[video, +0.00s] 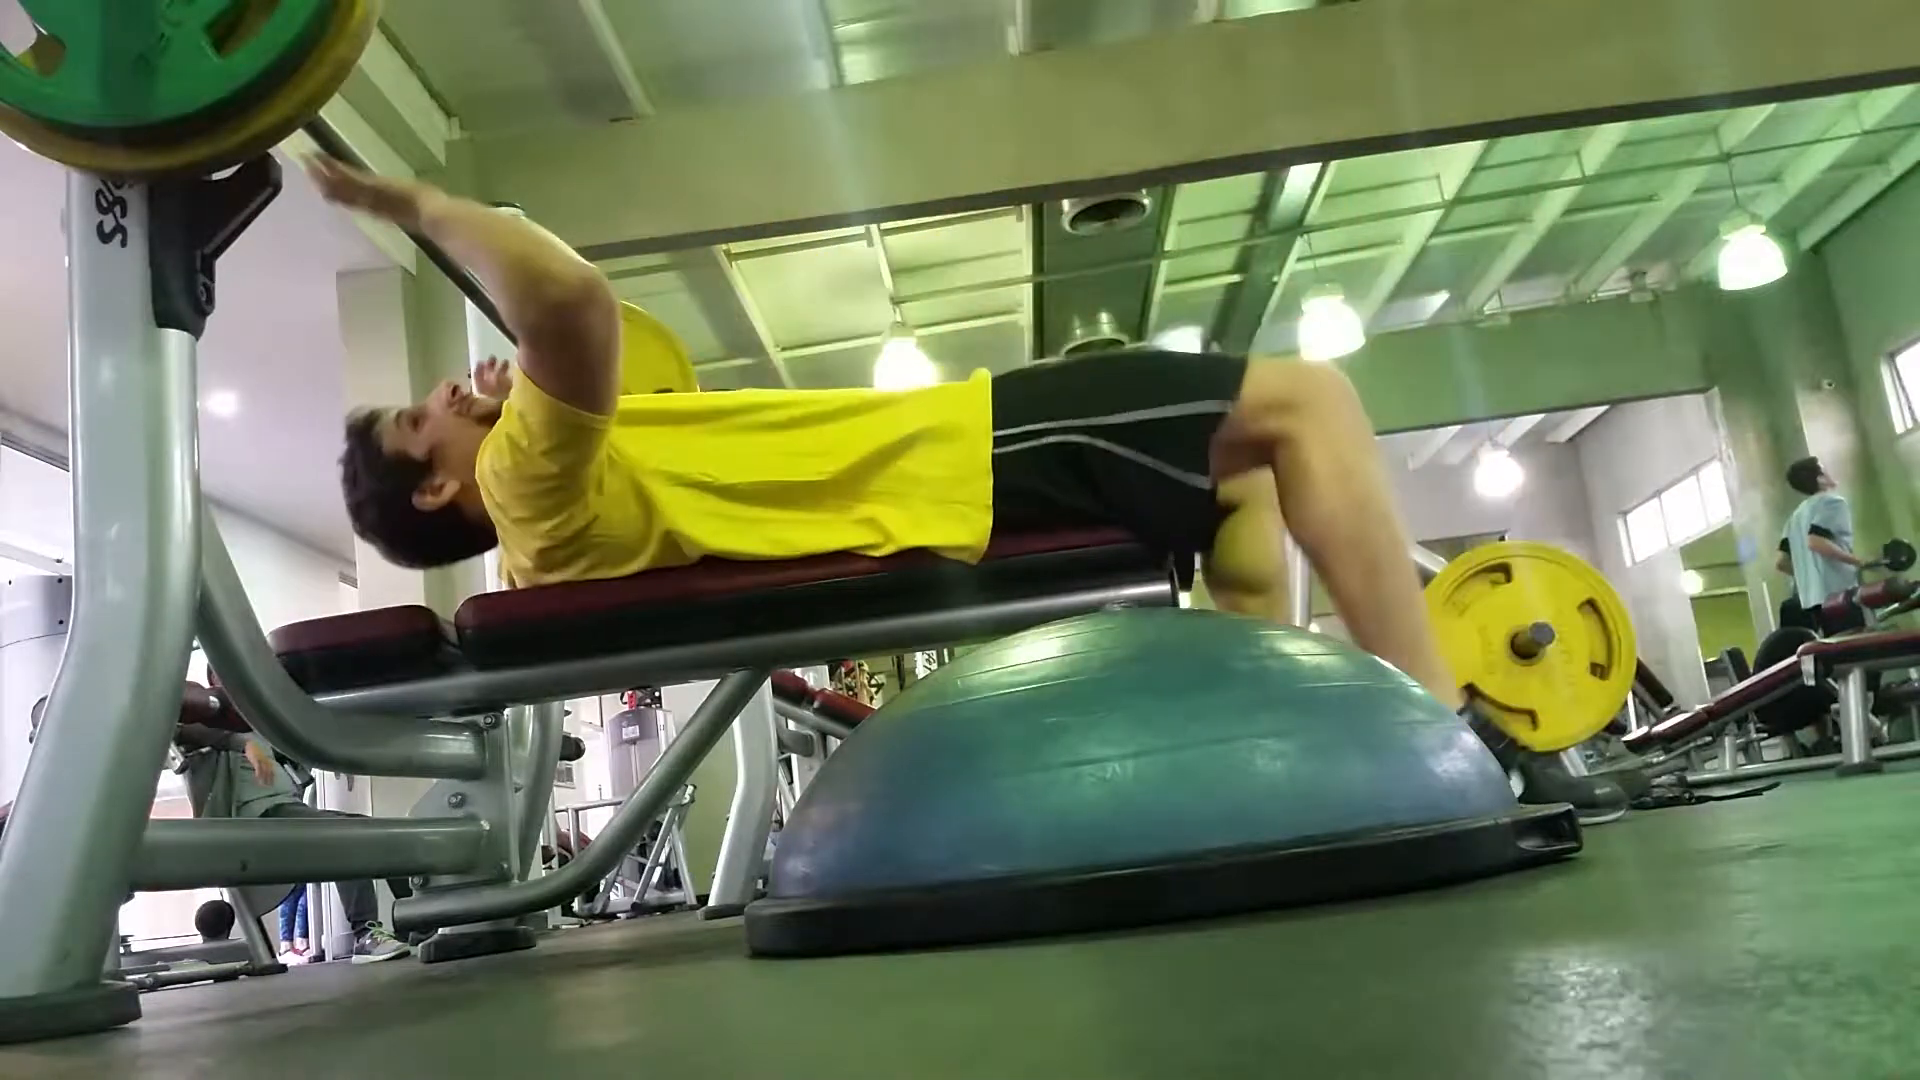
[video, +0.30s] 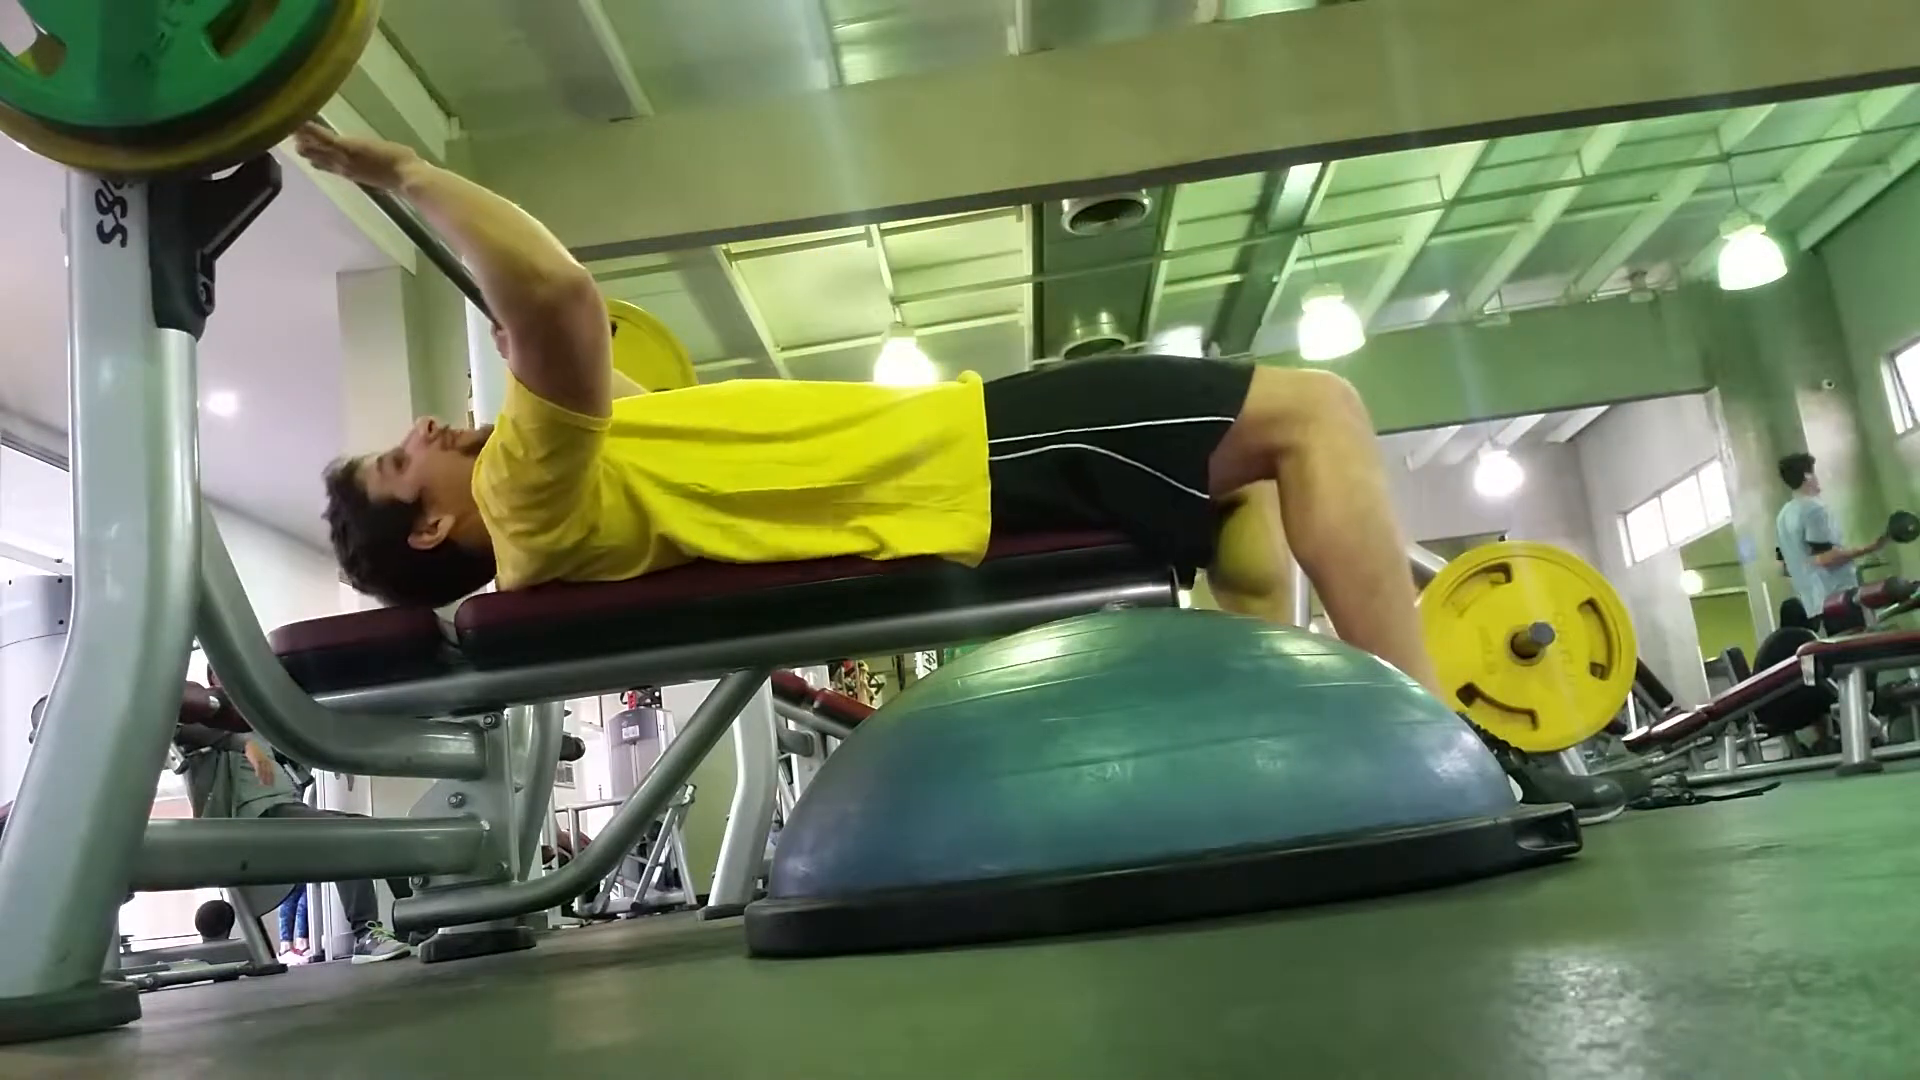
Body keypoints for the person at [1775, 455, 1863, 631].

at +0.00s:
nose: (1829, 473)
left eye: (1824, 469)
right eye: (1823, 470)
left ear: (1802, 486)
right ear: (1818, 477)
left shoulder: (1794, 517)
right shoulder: (1832, 502)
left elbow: (1782, 563)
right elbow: (1815, 541)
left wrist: (1811, 575)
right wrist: (1857, 561)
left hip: (1812, 603)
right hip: (1840, 598)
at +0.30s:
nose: (1817, 477)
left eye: (1815, 472)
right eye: (1814, 472)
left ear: (1790, 481)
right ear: (1806, 477)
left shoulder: (1784, 515)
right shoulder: (1813, 509)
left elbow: (1785, 566)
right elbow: (1825, 558)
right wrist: (1871, 548)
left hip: (1814, 605)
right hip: (1838, 602)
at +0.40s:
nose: (1815, 482)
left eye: (1814, 476)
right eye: (1812, 477)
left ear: (1786, 481)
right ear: (1803, 480)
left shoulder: (1778, 515)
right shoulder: (1809, 511)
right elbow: (1832, 560)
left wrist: (1818, 506)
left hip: (1812, 605)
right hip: (1837, 602)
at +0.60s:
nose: (1815, 491)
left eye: (1814, 485)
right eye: (1811, 485)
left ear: (1794, 484)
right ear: (1798, 483)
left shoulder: (1770, 522)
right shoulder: (1807, 515)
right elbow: (1840, 557)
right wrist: (1861, 525)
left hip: (1812, 610)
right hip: (1840, 604)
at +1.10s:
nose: (1811, 492)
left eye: (1812, 487)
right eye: (1805, 487)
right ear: (1786, 487)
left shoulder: (1766, 523)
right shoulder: (1802, 516)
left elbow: (1773, 565)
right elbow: (1818, 564)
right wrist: (1852, 539)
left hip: (1804, 613)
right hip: (1834, 606)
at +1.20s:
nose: (1812, 492)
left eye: (1813, 487)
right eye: (1806, 487)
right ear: (1787, 486)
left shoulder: (1768, 522)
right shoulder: (1802, 516)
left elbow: (1769, 564)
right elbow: (1811, 564)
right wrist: (1855, 547)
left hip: (1802, 616)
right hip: (1833, 609)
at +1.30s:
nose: (1816, 492)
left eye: (1818, 486)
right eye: (1811, 486)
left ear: (1793, 485)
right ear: (1793, 485)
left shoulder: (1771, 520)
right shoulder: (1805, 513)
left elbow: (1770, 572)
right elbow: (1806, 562)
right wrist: (1851, 558)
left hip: (1802, 616)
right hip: (1832, 609)